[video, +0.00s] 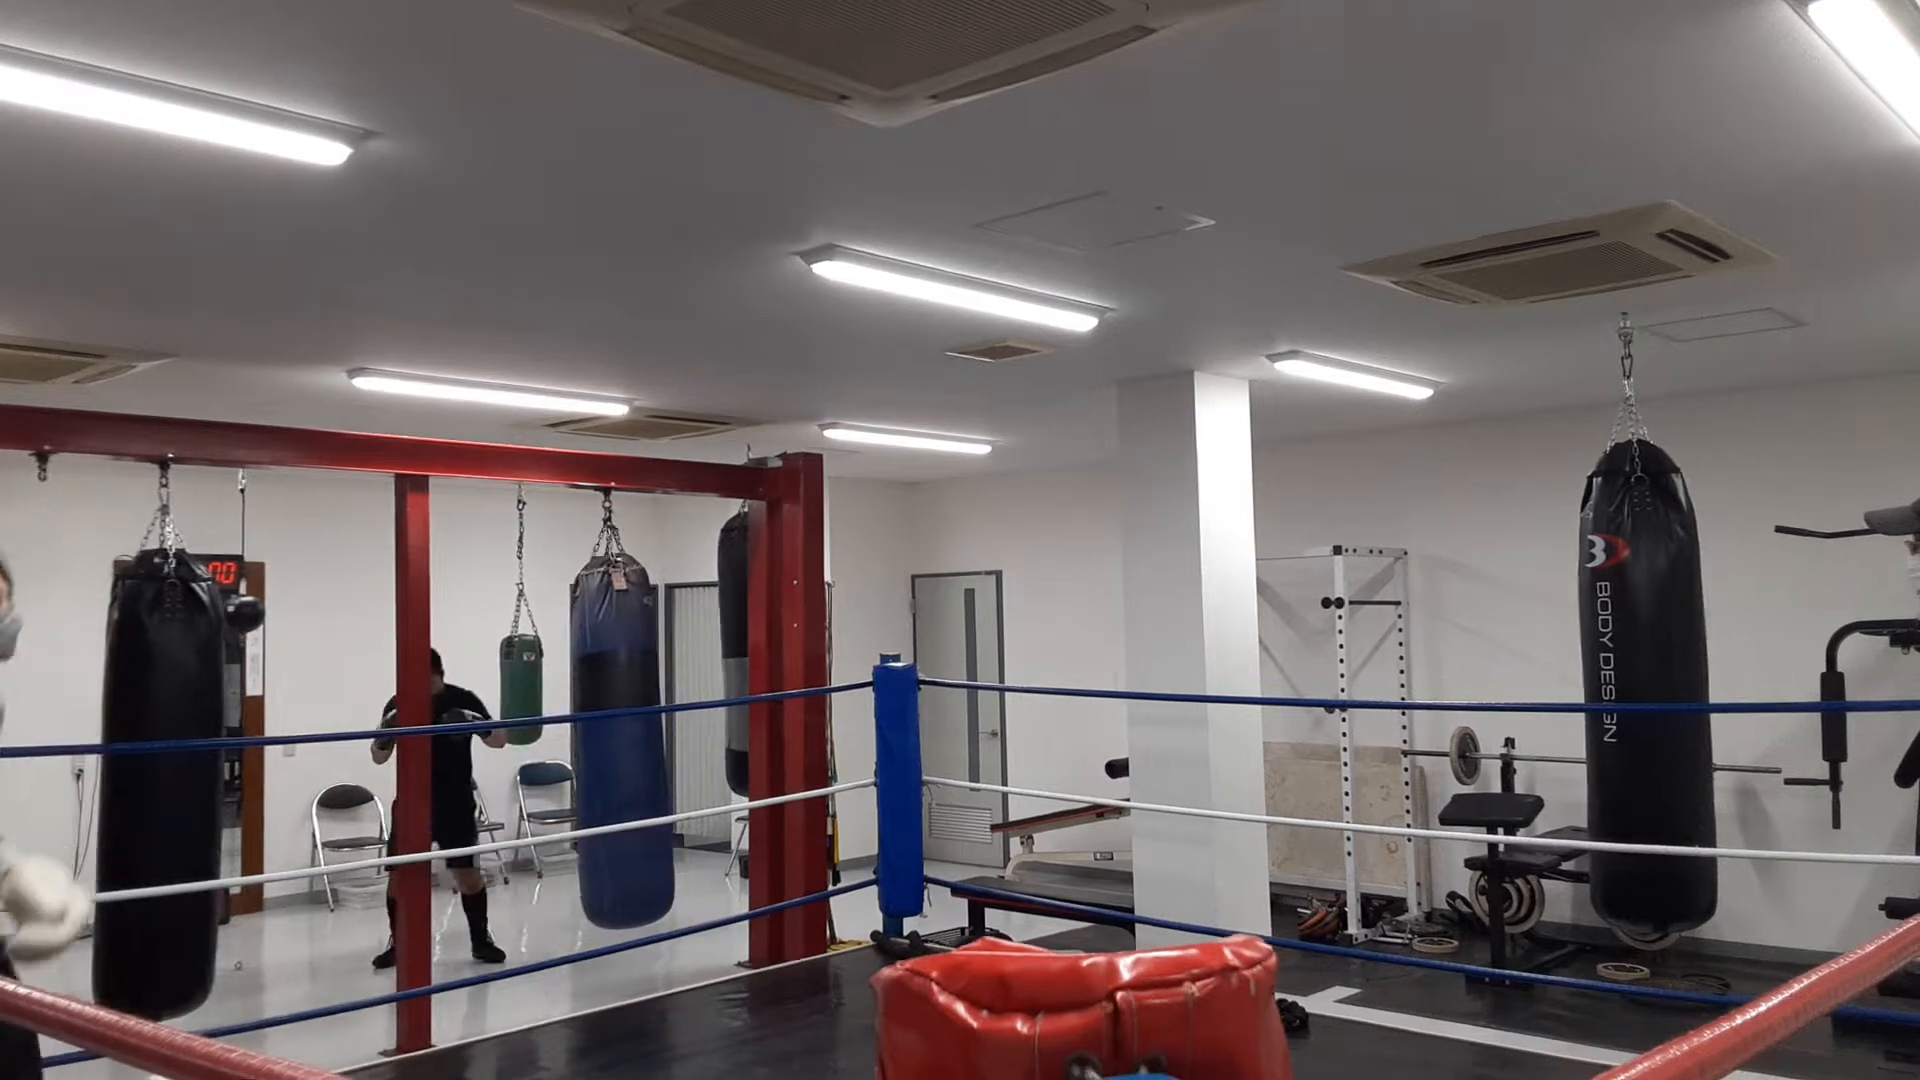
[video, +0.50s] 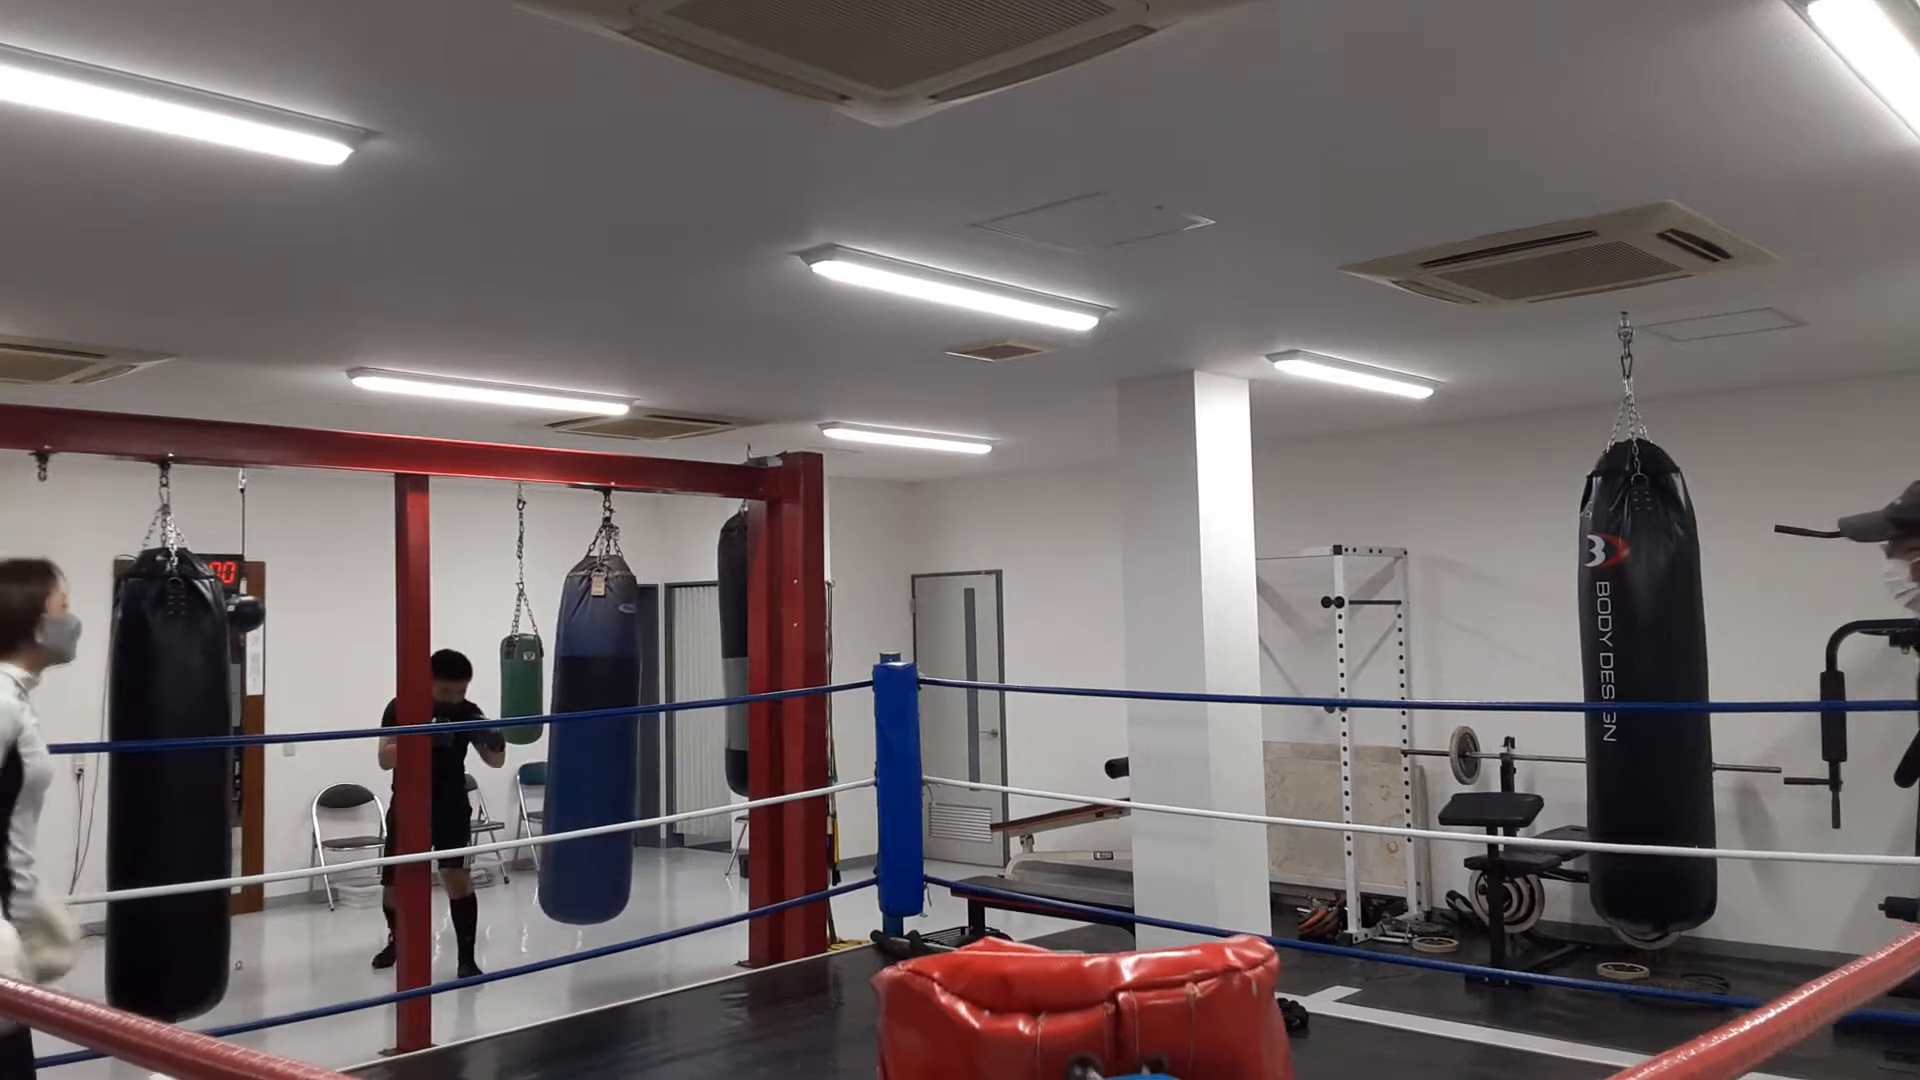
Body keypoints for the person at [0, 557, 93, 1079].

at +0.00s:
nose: (8, 617)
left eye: (6, 602)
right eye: (4, 602)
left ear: (10, 606)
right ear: (4, 605)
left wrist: (13, 876)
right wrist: (12, 878)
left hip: (7, 976)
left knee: (19, 1056)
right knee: (19, 1056)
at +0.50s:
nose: (74, 621)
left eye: (69, 607)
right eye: (64, 609)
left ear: (31, 623)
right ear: (36, 622)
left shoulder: (20, 705)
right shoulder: (8, 710)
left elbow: (15, 835)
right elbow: (9, 841)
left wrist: (35, 910)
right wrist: (15, 925)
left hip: (18, 911)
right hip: (7, 922)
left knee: (18, 1061)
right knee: (16, 1064)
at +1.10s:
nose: (236, 671)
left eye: (232, 660)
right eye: (227, 661)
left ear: (170, 680)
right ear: (203, 678)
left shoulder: (129, 748)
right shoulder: (179, 752)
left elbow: (97, 867)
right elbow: (162, 875)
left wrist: (57, 946)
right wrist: (177, 980)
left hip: (104, 960)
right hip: (143, 962)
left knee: (122, 1066)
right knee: (225, 1065)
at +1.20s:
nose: (261, 668)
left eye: (258, 657)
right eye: (253, 658)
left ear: (188, 671)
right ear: (234, 671)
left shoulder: (153, 743)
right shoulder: (227, 737)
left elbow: (129, 855)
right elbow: (218, 839)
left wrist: (122, 943)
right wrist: (214, 942)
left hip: (150, 943)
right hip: (200, 944)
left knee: (171, 1068)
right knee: (249, 1066)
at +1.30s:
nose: (306, 656)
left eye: (302, 644)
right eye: (297, 645)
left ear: (244, 651)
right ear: (273, 653)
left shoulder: (195, 727)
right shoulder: (252, 721)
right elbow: (245, 832)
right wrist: (267, 929)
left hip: (198, 928)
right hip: (242, 927)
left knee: (247, 1065)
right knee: (295, 1066)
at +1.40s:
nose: (342, 655)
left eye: (340, 643)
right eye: (336, 644)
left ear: (276, 647)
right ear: (312, 653)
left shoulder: (236, 717)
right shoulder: (286, 717)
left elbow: (230, 830)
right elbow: (278, 830)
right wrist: (325, 918)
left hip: (237, 919)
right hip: (276, 920)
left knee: (258, 1061)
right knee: (364, 1044)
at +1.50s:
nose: (383, 655)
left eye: (379, 644)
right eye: (375, 645)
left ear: (315, 652)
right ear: (352, 657)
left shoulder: (271, 724)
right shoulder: (330, 722)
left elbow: (265, 829)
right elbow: (326, 831)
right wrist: (373, 913)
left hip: (275, 920)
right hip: (327, 918)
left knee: (271, 1067)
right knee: (402, 1058)